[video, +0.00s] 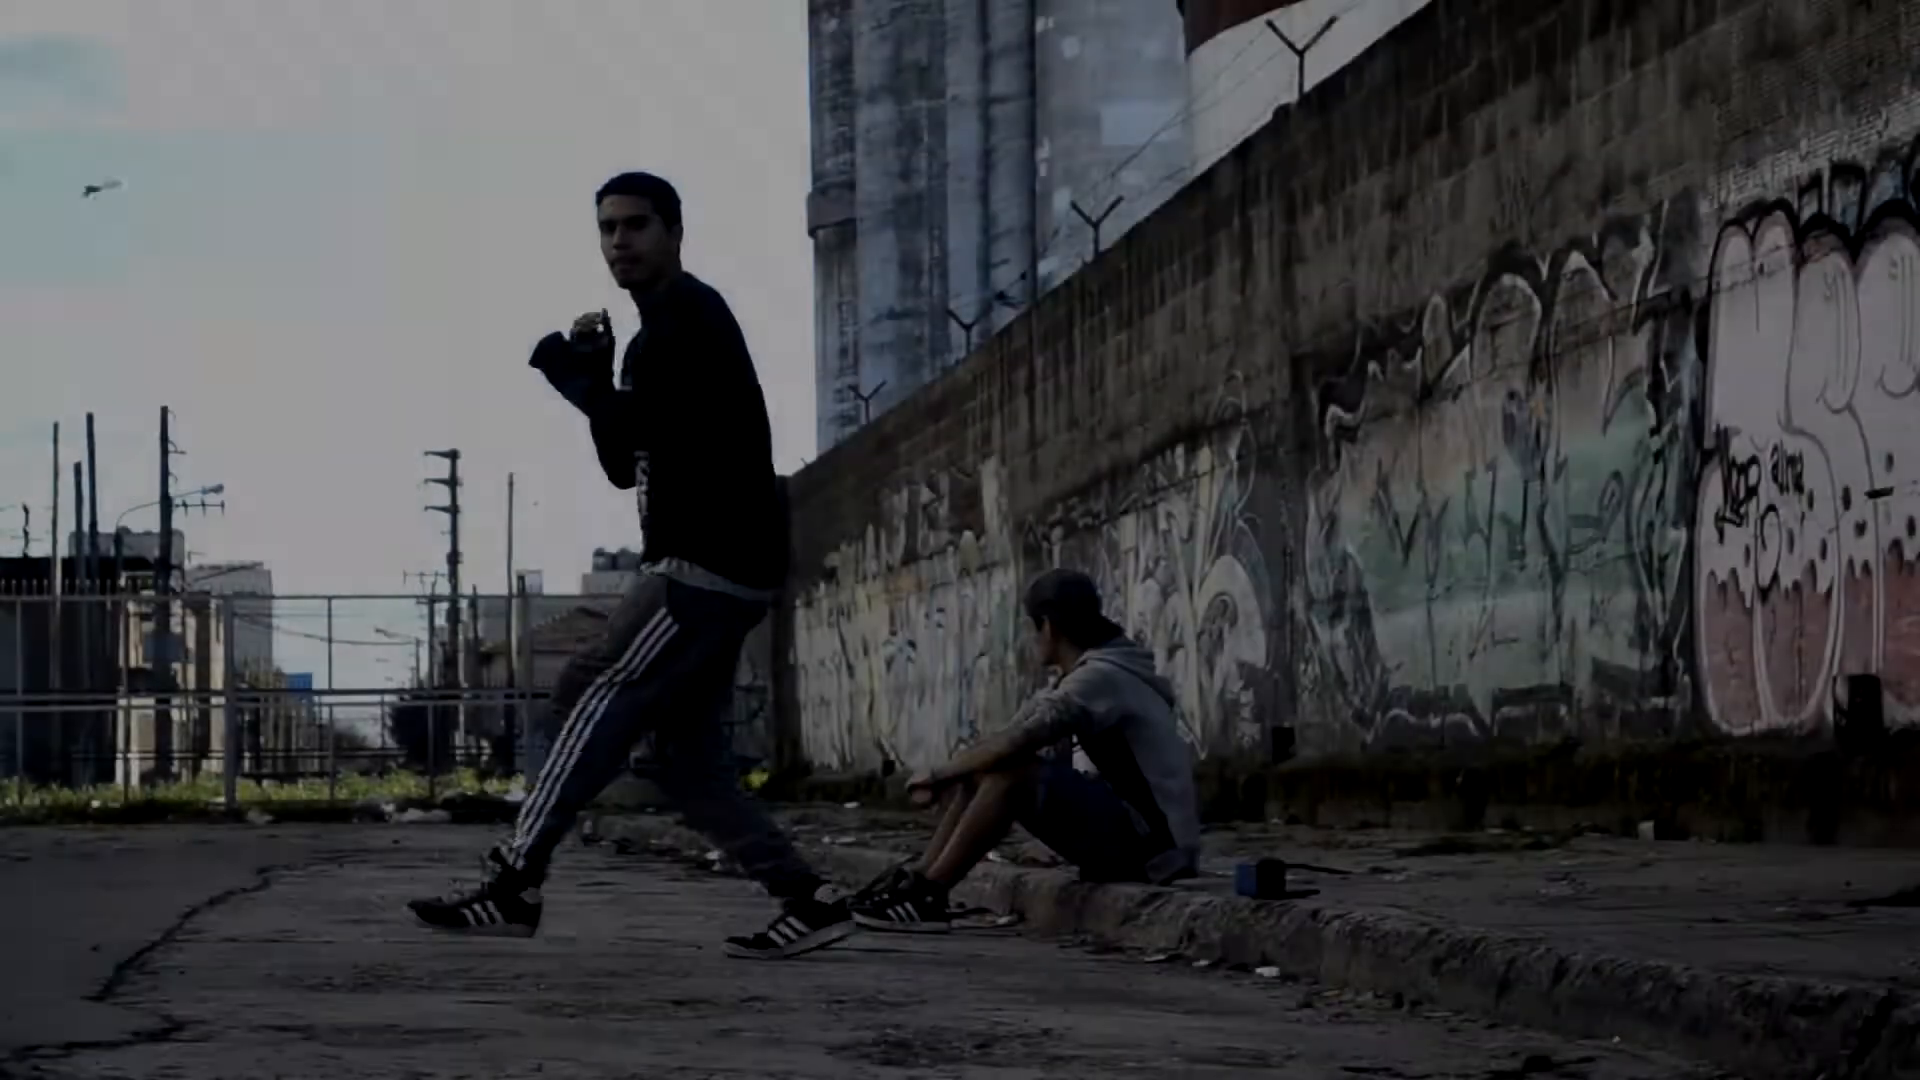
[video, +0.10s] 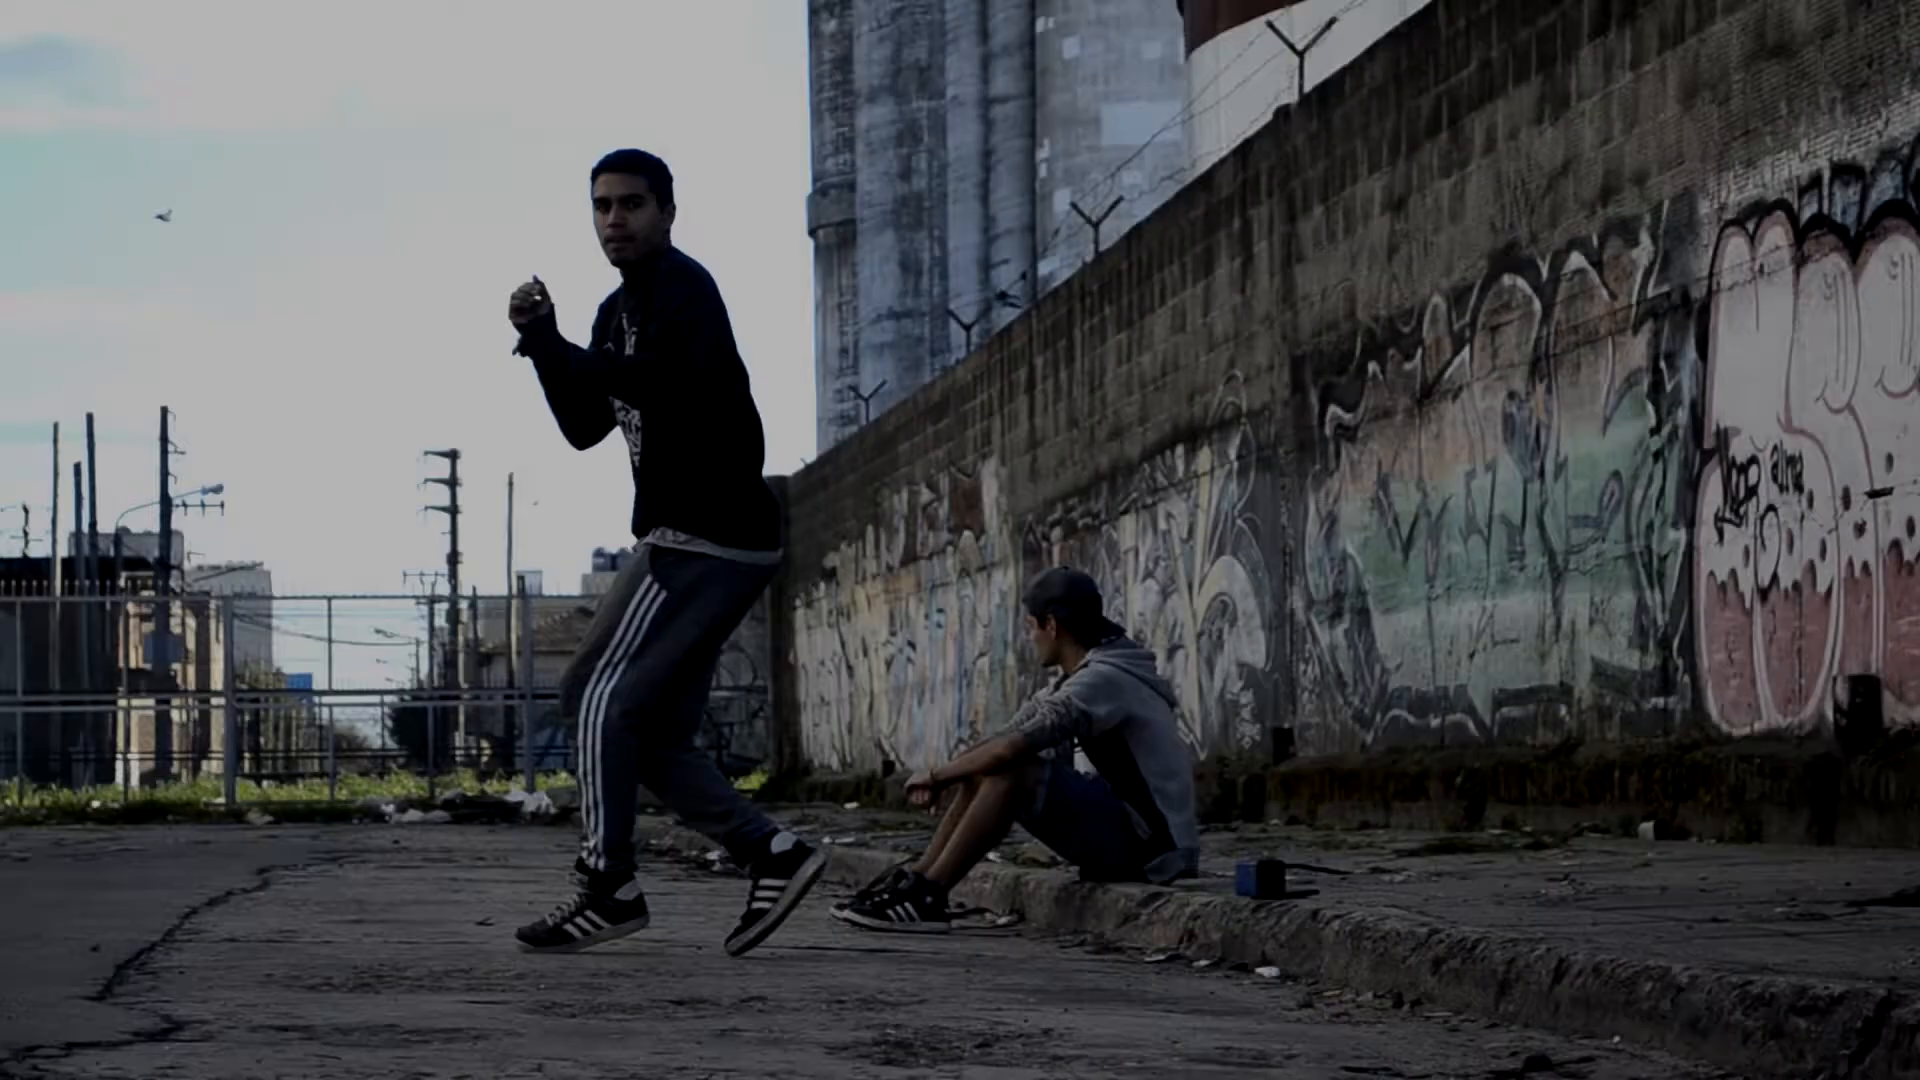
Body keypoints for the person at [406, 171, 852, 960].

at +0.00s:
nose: (620, 242)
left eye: (636, 225)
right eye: (609, 230)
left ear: (673, 233)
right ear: (602, 243)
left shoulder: (687, 316)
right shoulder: (662, 328)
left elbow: (644, 438)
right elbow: (623, 465)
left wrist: (585, 382)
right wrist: (599, 383)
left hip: (713, 564)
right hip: (709, 564)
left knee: (601, 698)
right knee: (683, 754)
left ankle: (513, 886)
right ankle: (806, 895)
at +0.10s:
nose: (615, 220)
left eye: (631, 204)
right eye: (603, 207)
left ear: (666, 211)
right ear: (593, 220)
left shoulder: (678, 286)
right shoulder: (616, 312)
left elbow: (654, 387)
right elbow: (584, 424)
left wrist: (565, 347)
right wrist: (541, 340)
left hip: (708, 530)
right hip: (705, 535)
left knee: (602, 694)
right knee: (654, 737)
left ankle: (609, 889)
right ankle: (773, 854)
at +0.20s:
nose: (618, 234)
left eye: (636, 220)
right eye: (607, 221)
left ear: (668, 231)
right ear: (596, 230)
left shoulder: (677, 299)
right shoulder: (607, 315)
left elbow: (661, 370)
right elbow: (527, 394)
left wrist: (549, 343)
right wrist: (468, 335)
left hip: (701, 555)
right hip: (661, 554)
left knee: (615, 715)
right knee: (616, 716)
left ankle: (624, 904)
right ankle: (760, 781)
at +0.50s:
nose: (621, 237)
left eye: (637, 220)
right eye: (610, 224)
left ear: (675, 225)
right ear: (602, 236)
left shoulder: (729, 310)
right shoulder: (622, 337)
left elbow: (780, 421)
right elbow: (587, 448)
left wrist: (686, 498)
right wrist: (514, 552)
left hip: (748, 559)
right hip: (701, 556)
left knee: (639, 712)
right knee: (698, 752)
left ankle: (535, 881)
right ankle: (810, 899)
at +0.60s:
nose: (615, 271)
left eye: (631, 253)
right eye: (604, 259)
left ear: (669, 259)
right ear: (598, 274)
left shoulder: (723, 339)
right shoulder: (634, 375)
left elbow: (809, 441)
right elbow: (621, 500)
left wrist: (721, 524)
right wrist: (576, 614)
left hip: (758, 575)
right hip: (721, 577)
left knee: (626, 679)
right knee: (703, 768)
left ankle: (592, 878)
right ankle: (811, 908)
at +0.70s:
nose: (612, 235)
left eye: (628, 217)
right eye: (599, 222)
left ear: (664, 222)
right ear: (590, 236)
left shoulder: (713, 294)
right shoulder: (618, 336)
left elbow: (818, 362)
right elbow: (632, 465)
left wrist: (719, 439)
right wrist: (629, 578)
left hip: (754, 536)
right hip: (704, 542)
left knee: (642, 675)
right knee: (735, 739)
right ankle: (815, 904)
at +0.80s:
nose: (630, 205)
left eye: (646, 188)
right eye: (617, 191)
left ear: (679, 190)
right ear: (604, 201)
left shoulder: (722, 258)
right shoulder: (596, 299)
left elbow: (812, 292)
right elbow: (623, 419)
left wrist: (713, 346)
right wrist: (636, 520)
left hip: (742, 529)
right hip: (668, 544)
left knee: (719, 711)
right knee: (704, 727)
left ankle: (796, 889)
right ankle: (891, 820)